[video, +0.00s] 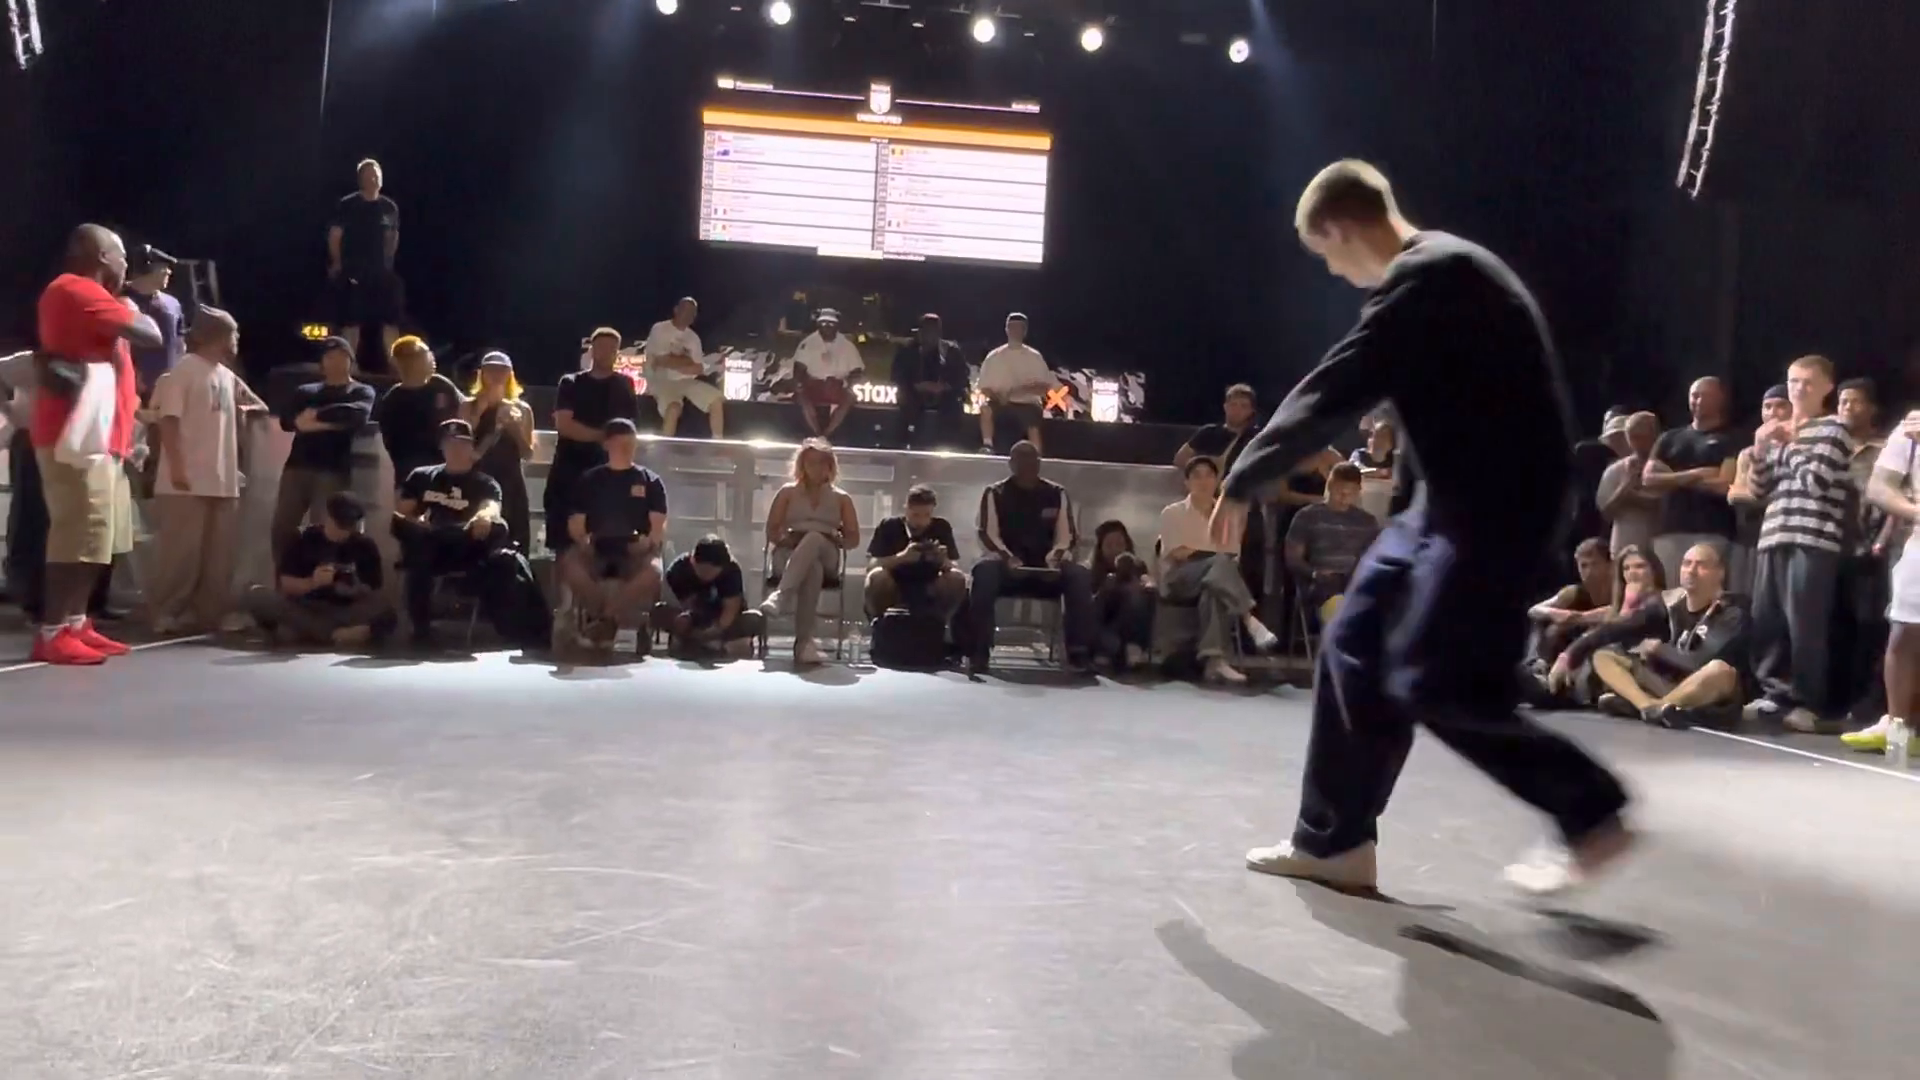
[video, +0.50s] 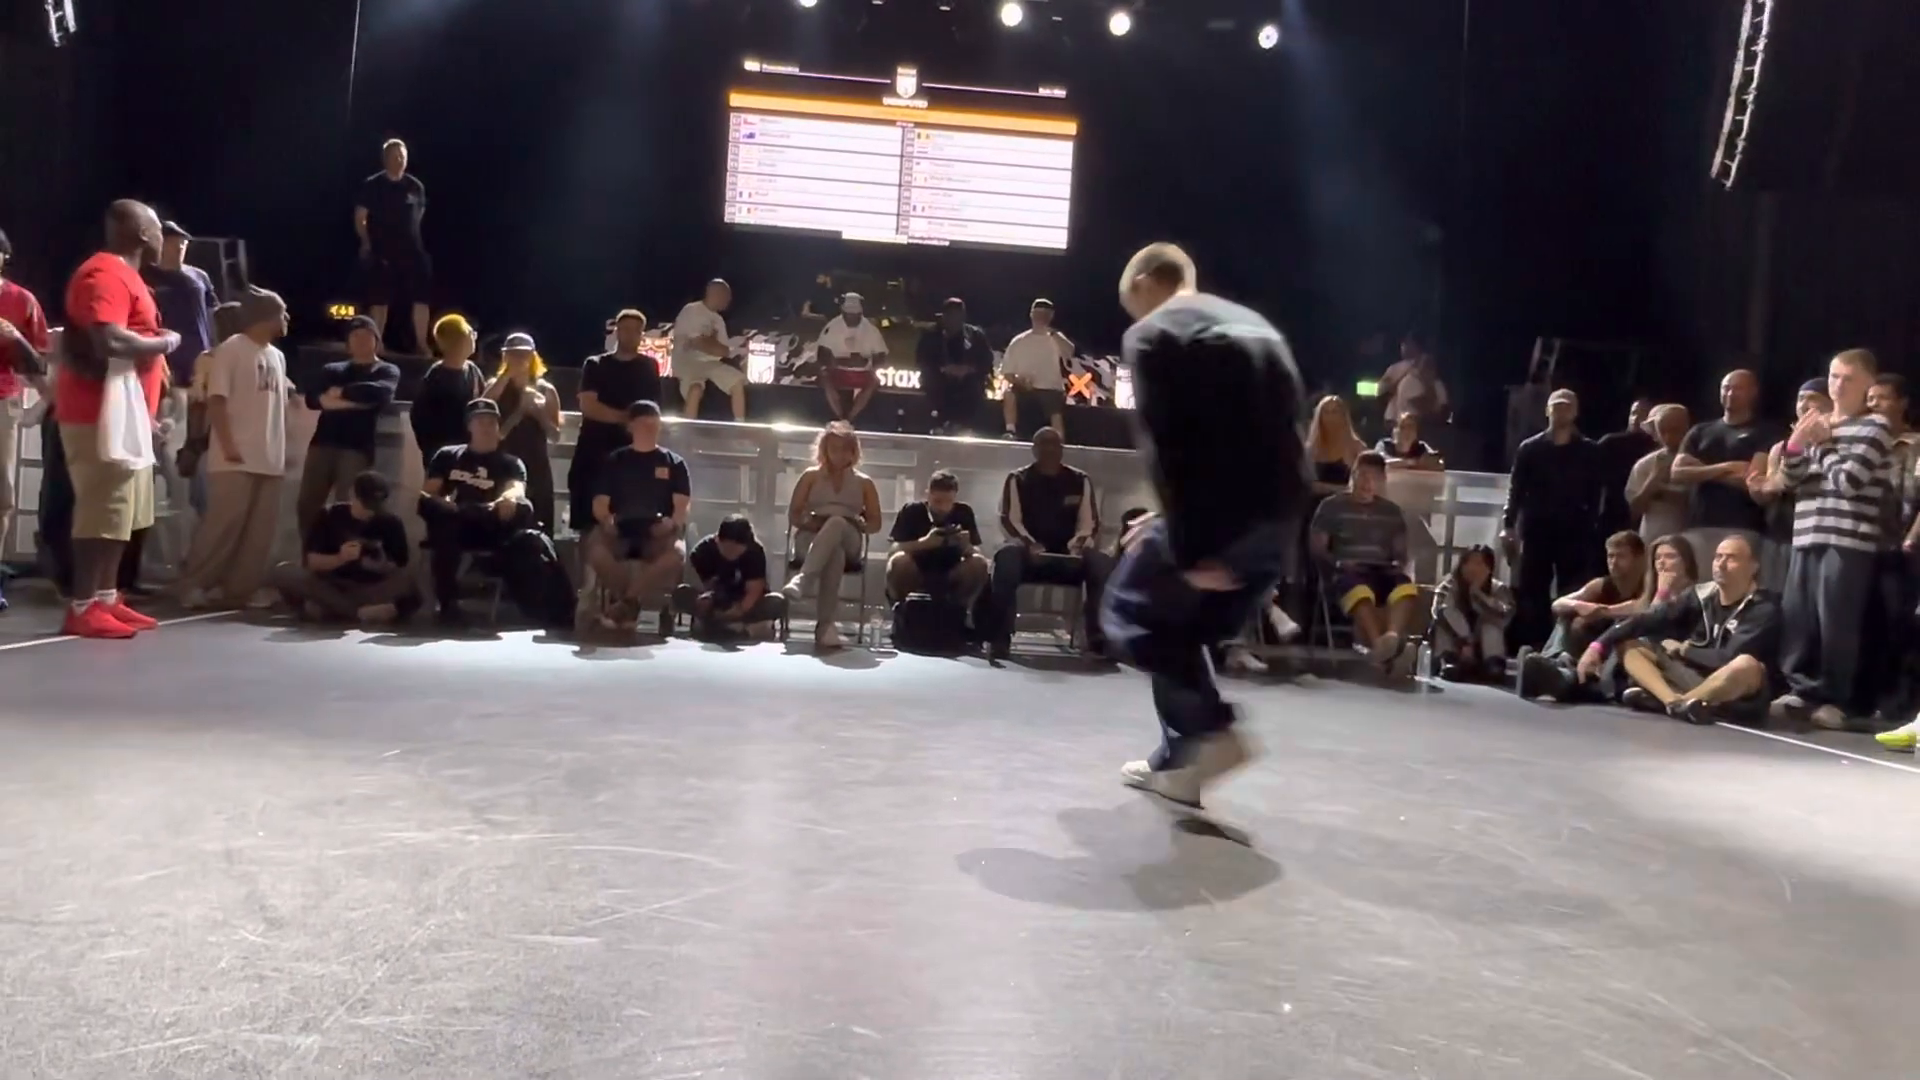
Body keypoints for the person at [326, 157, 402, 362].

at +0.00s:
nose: (373, 180)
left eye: (376, 175)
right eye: (368, 175)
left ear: (381, 179)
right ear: (360, 179)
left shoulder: (389, 207)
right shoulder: (346, 205)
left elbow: (392, 236)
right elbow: (335, 235)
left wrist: (386, 261)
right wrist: (337, 262)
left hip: (381, 272)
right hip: (352, 272)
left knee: (390, 324)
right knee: (350, 325)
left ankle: (395, 370)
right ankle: (348, 368)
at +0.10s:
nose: (377, 175)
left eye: (380, 170)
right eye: (372, 171)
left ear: (385, 174)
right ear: (364, 174)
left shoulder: (393, 202)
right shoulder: (349, 201)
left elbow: (394, 233)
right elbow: (339, 231)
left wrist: (386, 253)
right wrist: (341, 259)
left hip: (384, 265)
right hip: (356, 265)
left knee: (395, 317)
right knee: (356, 319)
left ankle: (403, 366)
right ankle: (354, 365)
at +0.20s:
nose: (381, 170)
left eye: (384, 166)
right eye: (376, 166)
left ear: (389, 169)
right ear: (367, 169)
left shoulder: (398, 198)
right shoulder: (354, 197)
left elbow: (398, 230)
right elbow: (344, 227)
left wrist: (394, 255)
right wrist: (346, 255)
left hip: (392, 262)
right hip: (363, 262)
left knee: (400, 313)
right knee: (362, 314)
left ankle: (406, 359)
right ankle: (360, 359)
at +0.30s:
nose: (386, 166)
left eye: (389, 162)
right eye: (381, 162)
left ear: (394, 165)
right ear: (372, 165)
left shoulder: (403, 193)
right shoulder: (359, 192)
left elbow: (402, 227)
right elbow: (349, 223)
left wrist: (401, 252)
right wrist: (351, 252)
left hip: (397, 258)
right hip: (368, 258)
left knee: (405, 309)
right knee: (367, 310)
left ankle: (411, 356)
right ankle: (365, 355)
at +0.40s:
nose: (392, 163)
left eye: (395, 159)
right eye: (387, 159)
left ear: (400, 162)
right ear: (378, 162)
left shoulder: (409, 189)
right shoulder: (365, 188)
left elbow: (410, 221)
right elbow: (355, 220)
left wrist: (406, 246)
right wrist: (359, 247)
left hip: (404, 254)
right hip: (375, 254)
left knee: (413, 304)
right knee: (373, 305)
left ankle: (416, 349)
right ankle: (370, 348)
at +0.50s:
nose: (399, 161)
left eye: (402, 156)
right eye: (394, 156)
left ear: (406, 159)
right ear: (385, 159)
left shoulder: (416, 187)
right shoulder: (371, 186)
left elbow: (418, 215)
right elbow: (360, 217)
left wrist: (409, 236)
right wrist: (367, 243)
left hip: (411, 251)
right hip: (382, 250)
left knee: (421, 299)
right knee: (379, 300)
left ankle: (422, 345)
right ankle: (376, 345)